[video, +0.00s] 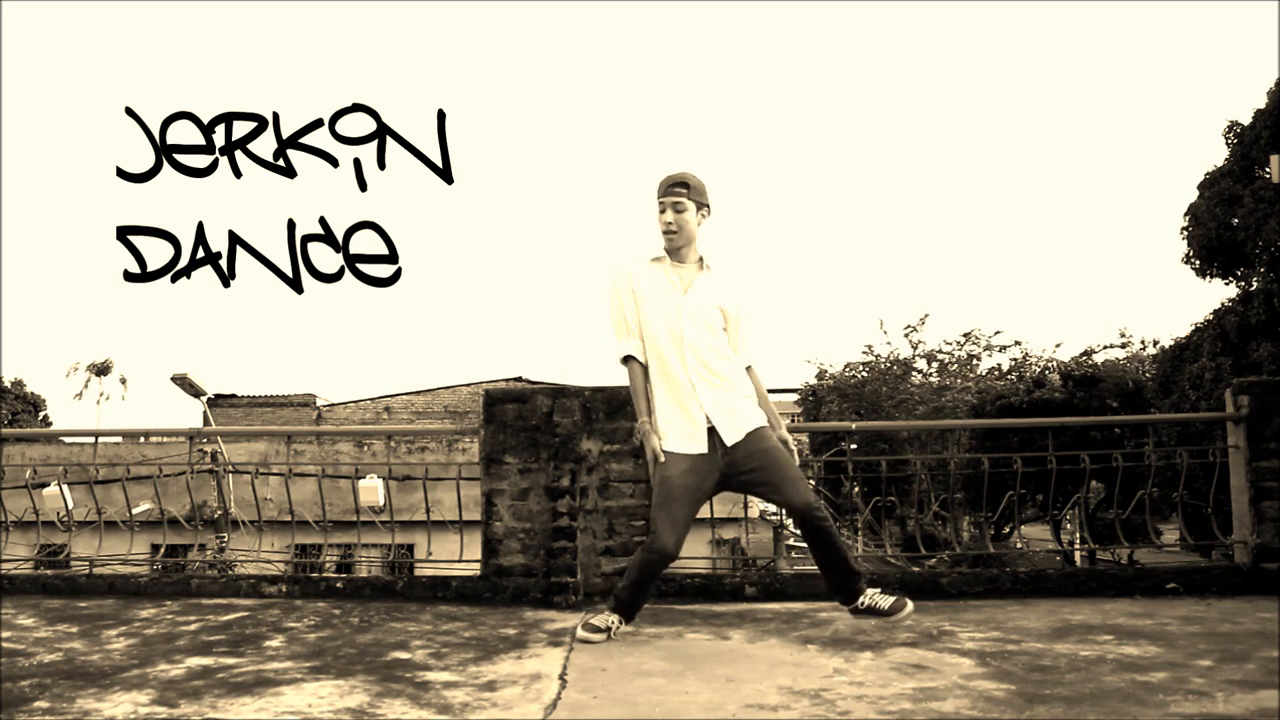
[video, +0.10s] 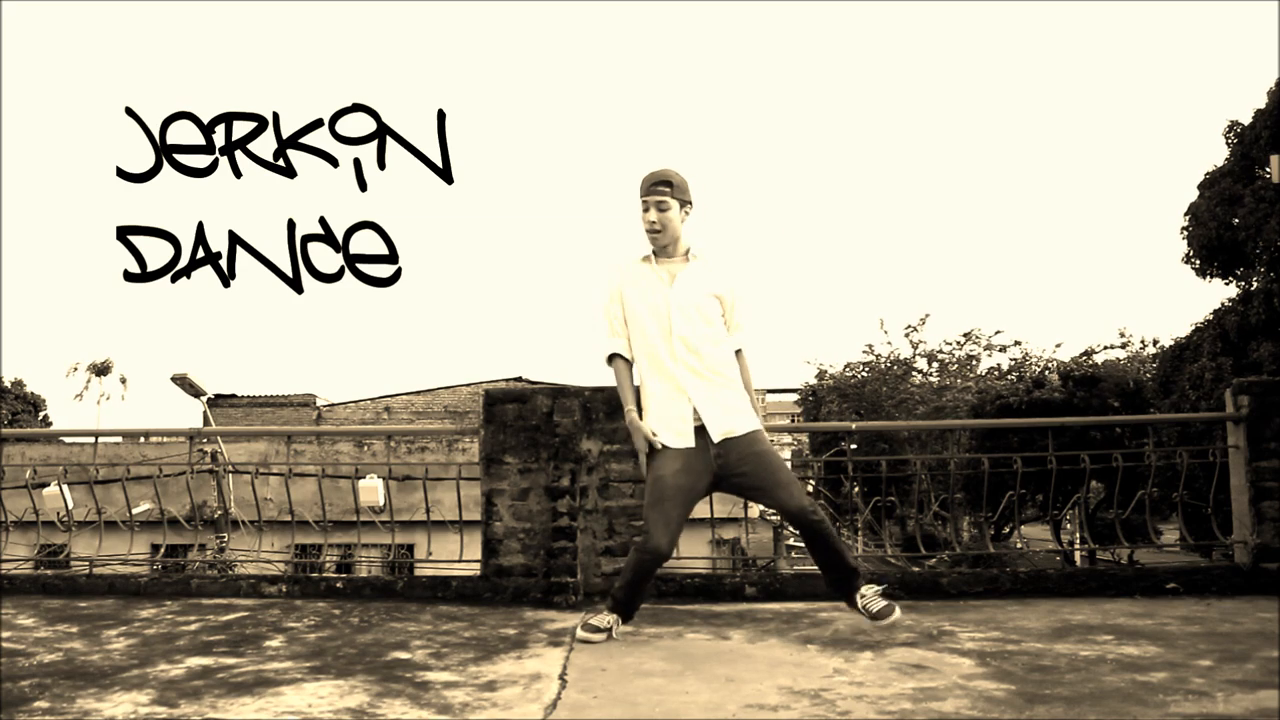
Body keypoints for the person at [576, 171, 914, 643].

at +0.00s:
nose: (667, 218)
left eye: (678, 209)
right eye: (661, 210)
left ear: (701, 216)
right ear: (656, 219)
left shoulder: (721, 285)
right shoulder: (636, 281)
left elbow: (746, 364)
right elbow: (634, 359)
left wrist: (777, 425)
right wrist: (644, 422)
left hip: (742, 423)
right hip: (681, 431)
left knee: (807, 504)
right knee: (664, 545)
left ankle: (856, 595)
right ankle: (616, 613)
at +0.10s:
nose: (651, 218)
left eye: (661, 208)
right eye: (645, 209)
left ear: (685, 213)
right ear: (640, 216)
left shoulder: (716, 275)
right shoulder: (627, 283)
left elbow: (736, 352)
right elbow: (620, 357)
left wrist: (755, 415)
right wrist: (631, 417)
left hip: (734, 423)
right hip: (672, 431)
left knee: (804, 509)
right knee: (658, 544)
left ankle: (857, 591)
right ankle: (614, 612)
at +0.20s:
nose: (666, 221)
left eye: (677, 213)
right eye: (660, 212)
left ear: (697, 219)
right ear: (652, 216)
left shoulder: (723, 281)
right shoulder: (631, 287)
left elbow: (745, 363)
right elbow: (624, 362)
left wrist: (764, 427)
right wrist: (628, 414)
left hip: (736, 422)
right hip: (671, 429)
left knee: (799, 508)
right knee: (658, 541)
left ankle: (804, 594)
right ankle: (616, 612)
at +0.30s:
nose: (689, 224)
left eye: (700, 215)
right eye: (683, 214)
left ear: (722, 222)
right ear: (676, 219)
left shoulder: (742, 288)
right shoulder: (650, 285)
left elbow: (760, 365)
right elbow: (639, 358)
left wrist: (780, 430)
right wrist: (639, 413)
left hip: (737, 416)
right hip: (674, 419)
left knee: (793, 514)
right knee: (656, 536)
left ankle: (794, 604)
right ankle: (615, 609)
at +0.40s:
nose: (700, 211)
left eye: (711, 202)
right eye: (694, 203)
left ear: (735, 209)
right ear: (688, 212)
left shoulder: (756, 278)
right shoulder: (667, 280)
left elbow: (769, 344)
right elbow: (645, 357)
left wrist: (788, 400)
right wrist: (639, 426)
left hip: (738, 414)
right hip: (678, 415)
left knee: (789, 514)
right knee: (657, 517)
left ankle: (790, 609)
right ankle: (610, 598)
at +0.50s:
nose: (683, 188)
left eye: (693, 177)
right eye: (677, 180)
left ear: (719, 182)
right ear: (672, 188)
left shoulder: (748, 250)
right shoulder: (657, 257)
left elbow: (767, 322)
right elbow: (645, 340)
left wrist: (781, 385)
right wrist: (634, 410)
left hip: (745, 396)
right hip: (679, 398)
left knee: (797, 489)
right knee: (651, 496)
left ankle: (801, 588)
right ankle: (614, 585)